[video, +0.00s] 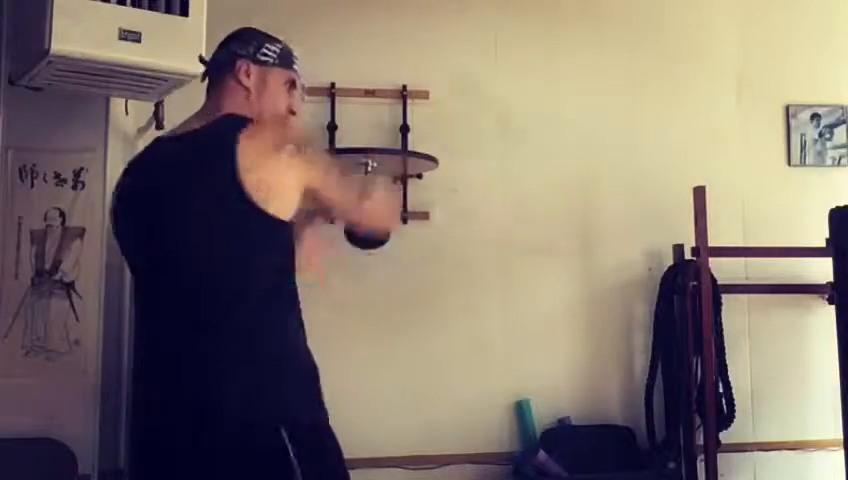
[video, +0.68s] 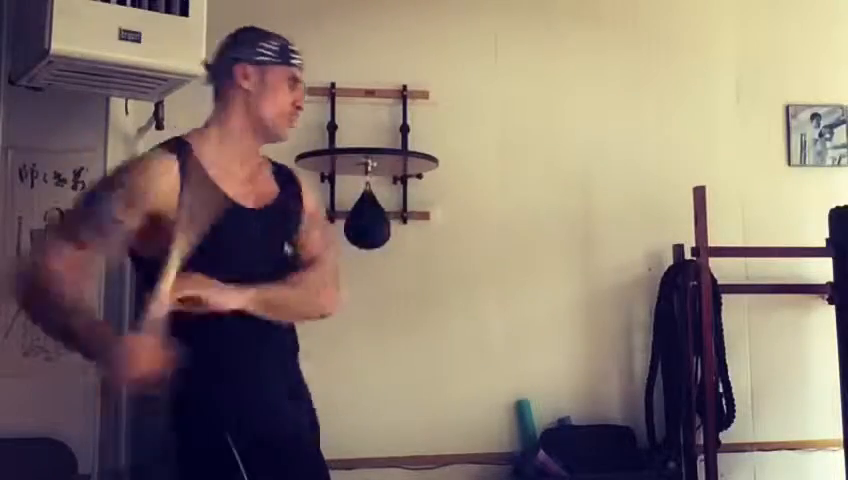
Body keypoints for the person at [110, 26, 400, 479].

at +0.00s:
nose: (295, 106)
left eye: (296, 91)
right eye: (289, 86)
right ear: (245, 74)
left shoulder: (136, 173)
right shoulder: (271, 150)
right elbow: (376, 221)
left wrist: (289, 244)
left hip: (166, 413)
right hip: (264, 413)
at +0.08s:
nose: (290, 97)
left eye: (289, 81)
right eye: (281, 76)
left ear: (235, 72)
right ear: (236, 70)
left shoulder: (146, 168)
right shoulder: (253, 158)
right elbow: (354, 268)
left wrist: (344, 236)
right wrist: (383, 236)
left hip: (169, 419)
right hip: (262, 421)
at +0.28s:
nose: (268, 87)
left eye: (265, 72)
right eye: (255, 67)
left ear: (209, 71)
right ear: (208, 66)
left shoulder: (178, 164)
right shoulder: (198, 171)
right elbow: (323, 272)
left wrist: (335, 231)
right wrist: (423, 210)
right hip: (245, 435)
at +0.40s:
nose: (261, 91)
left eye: (259, 75)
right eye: (249, 71)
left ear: (203, 75)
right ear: (200, 71)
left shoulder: (233, 173)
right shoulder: (172, 181)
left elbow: (288, 219)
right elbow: (294, 282)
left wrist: (361, 211)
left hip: (272, 435)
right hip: (213, 445)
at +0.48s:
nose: (272, 94)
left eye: (270, 79)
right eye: (260, 75)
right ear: (211, 73)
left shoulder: (265, 179)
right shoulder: (158, 180)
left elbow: (328, 286)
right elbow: (190, 325)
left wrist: (304, 255)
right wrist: (282, 265)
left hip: (283, 432)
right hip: (198, 441)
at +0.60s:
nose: (285, 97)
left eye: (284, 83)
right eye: (274, 79)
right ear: (226, 75)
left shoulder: (284, 184)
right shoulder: (158, 178)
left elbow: (329, 289)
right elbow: (110, 317)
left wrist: (241, 285)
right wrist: (203, 335)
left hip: (282, 430)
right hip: (186, 436)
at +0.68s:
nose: (302, 99)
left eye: (301, 86)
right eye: (292, 82)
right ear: (244, 77)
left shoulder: (296, 189)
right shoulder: (162, 173)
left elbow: (324, 293)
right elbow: (51, 272)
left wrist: (238, 297)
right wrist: (110, 347)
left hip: (281, 412)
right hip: (189, 415)